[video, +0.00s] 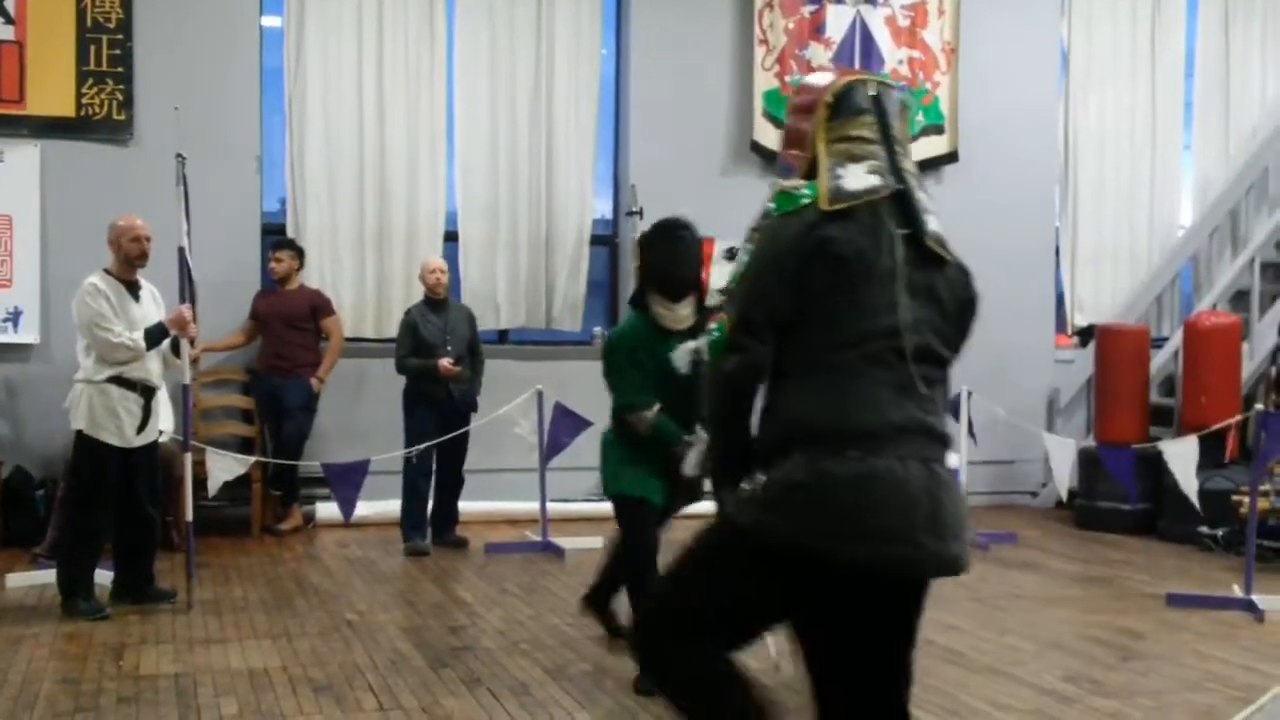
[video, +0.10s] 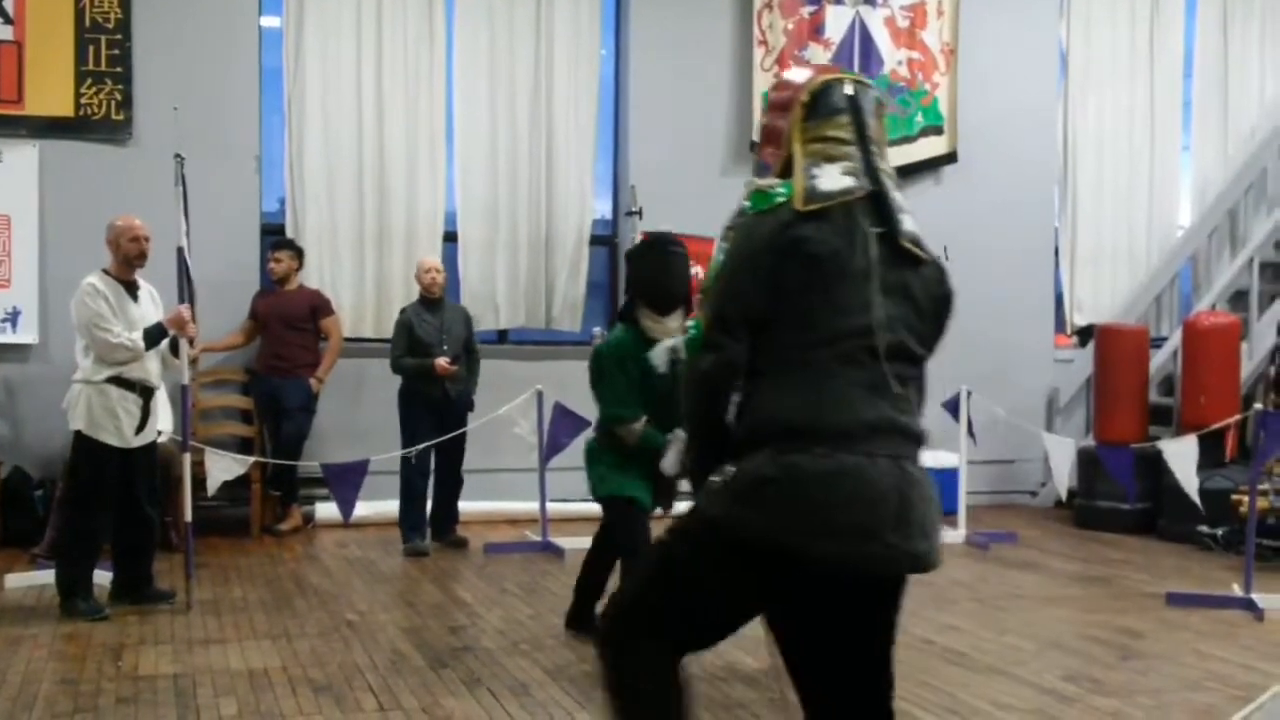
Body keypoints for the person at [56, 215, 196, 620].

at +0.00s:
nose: (145, 247)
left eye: (148, 240)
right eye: (136, 241)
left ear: (151, 246)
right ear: (114, 246)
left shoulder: (151, 293)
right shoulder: (93, 290)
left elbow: (166, 354)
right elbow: (114, 348)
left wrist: (183, 345)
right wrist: (167, 328)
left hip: (146, 410)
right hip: (104, 408)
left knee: (141, 502)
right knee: (90, 503)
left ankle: (134, 583)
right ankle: (76, 592)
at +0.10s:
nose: (144, 247)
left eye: (146, 240)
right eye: (135, 241)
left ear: (149, 246)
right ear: (112, 246)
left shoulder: (149, 293)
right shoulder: (92, 291)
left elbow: (165, 353)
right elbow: (113, 348)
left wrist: (183, 345)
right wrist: (166, 327)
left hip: (144, 410)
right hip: (102, 408)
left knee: (139, 502)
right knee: (89, 503)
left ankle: (133, 583)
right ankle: (75, 592)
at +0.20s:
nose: (146, 247)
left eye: (149, 240)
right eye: (137, 241)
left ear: (151, 246)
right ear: (115, 246)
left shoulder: (152, 293)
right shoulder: (95, 291)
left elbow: (167, 355)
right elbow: (115, 349)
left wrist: (184, 344)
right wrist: (169, 327)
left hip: (146, 410)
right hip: (105, 408)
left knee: (142, 501)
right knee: (92, 502)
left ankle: (136, 583)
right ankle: (77, 592)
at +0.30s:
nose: (147, 247)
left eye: (150, 240)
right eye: (138, 241)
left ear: (153, 246)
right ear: (116, 246)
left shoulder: (153, 293)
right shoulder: (96, 291)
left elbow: (168, 356)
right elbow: (117, 348)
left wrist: (185, 344)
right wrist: (170, 327)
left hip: (147, 410)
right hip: (106, 407)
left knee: (143, 501)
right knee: (93, 502)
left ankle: (137, 582)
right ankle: (79, 592)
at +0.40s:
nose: (148, 247)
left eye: (151, 240)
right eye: (139, 240)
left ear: (152, 245)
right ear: (117, 246)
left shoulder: (153, 293)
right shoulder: (96, 290)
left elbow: (169, 357)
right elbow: (117, 348)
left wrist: (185, 344)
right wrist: (170, 327)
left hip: (148, 410)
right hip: (106, 408)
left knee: (143, 501)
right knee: (94, 502)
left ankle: (137, 583)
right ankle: (79, 591)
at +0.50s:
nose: (147, 247)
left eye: (149, 240)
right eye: (138, 240)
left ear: (151, 246)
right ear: (115, 246)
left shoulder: (150, 293)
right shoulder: (94, 290)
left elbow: (168, 355)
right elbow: (115, 348)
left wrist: (183, 343)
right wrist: (168, 328)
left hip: (145, 410)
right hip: (104, 408)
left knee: (141, 501)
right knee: (91, 502)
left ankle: (135, 582)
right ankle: (77, 591)